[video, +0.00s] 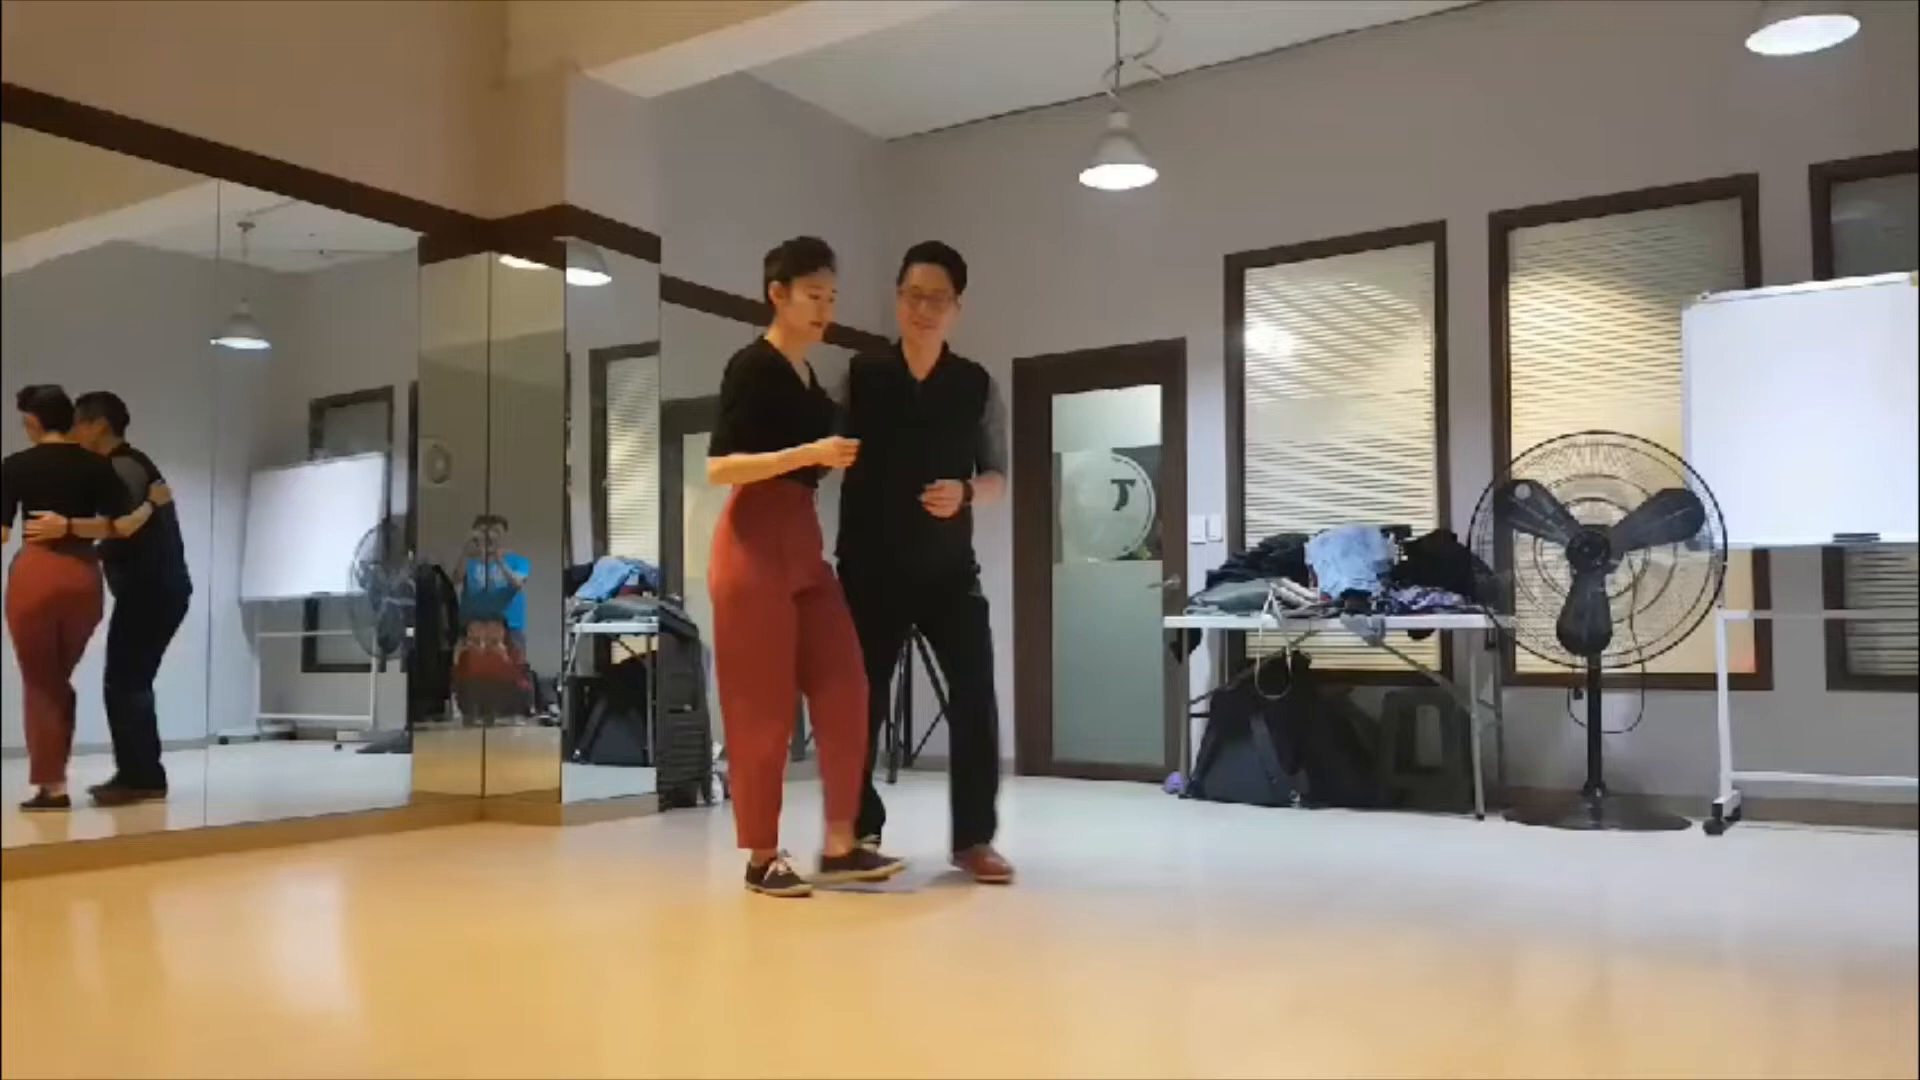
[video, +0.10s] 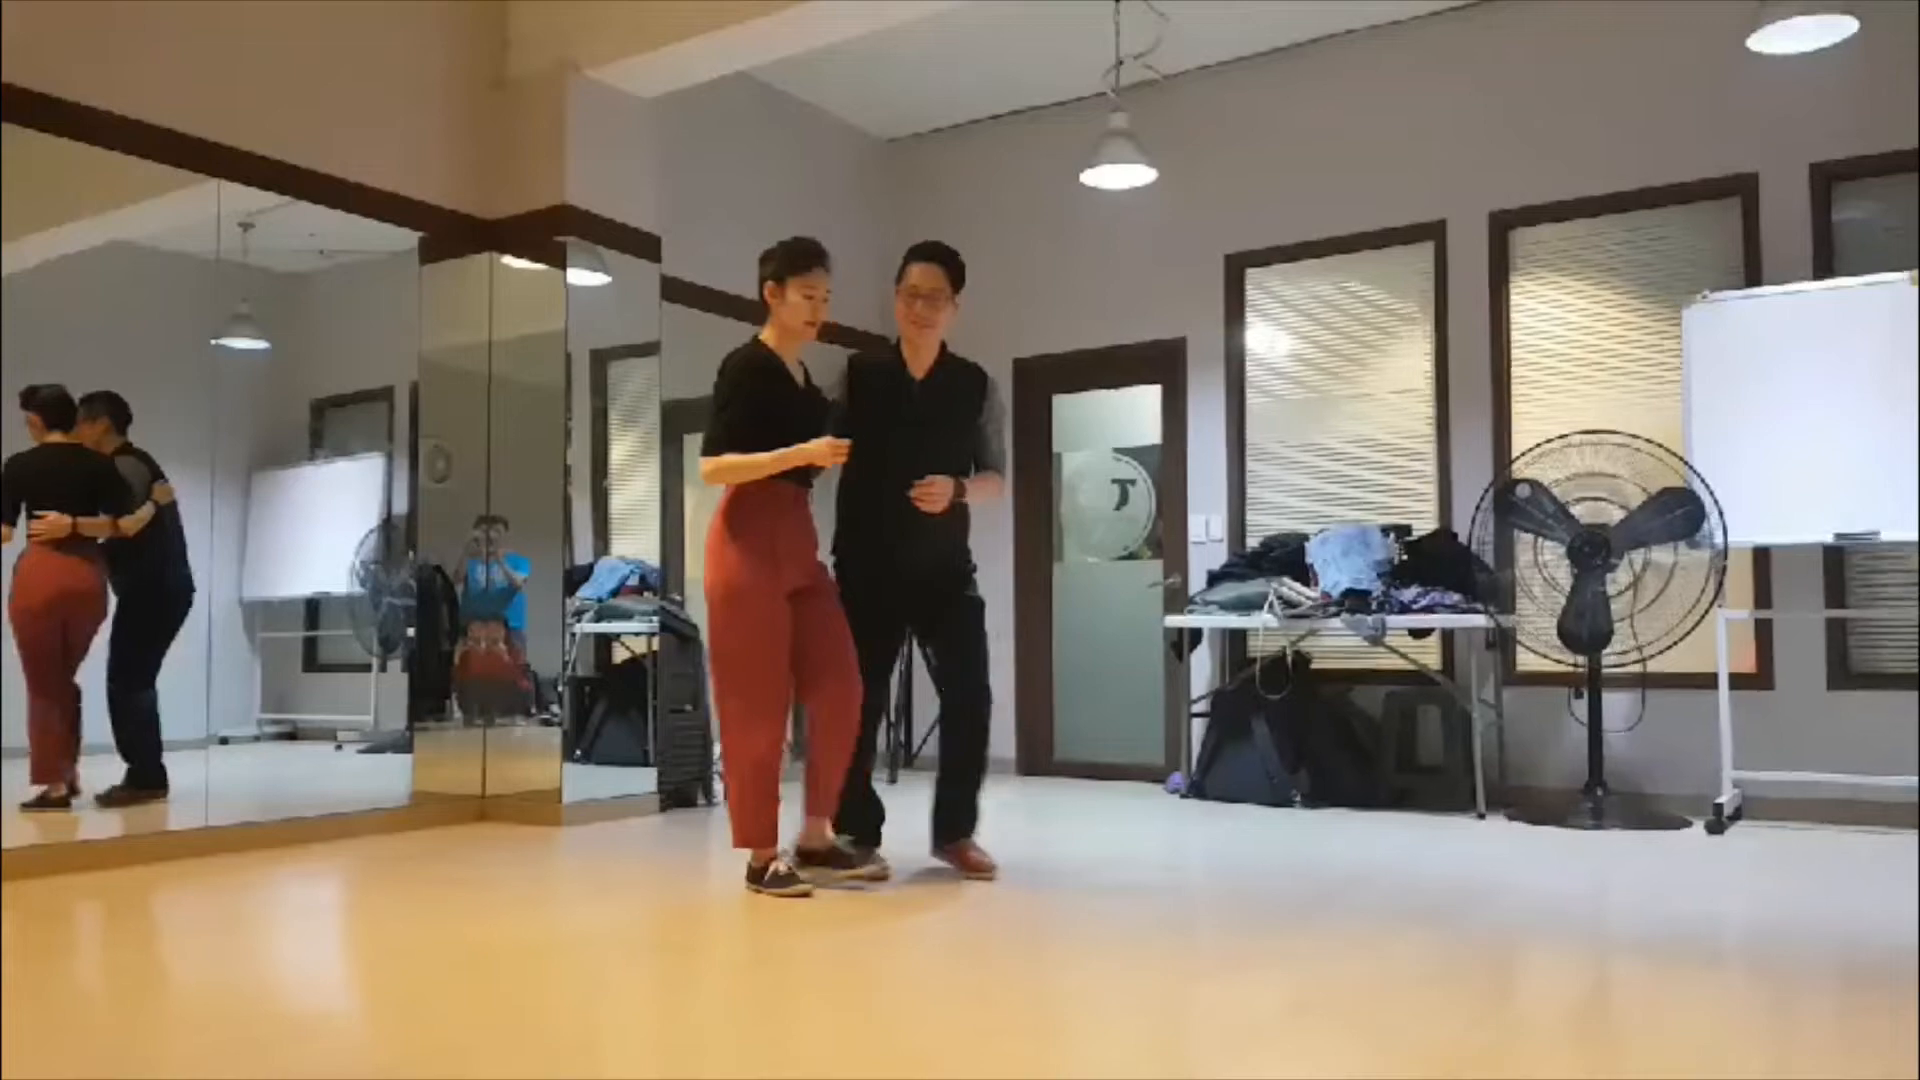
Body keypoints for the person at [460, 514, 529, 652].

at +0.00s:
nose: (489, 537)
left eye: (495, 532)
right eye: (484, 531)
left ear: (503, 536)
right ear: (476, 535)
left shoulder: (516, 562)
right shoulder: (470, 563)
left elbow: (518, 584)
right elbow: (456, 579)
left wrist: (499, 561)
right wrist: (466, 552)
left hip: (507, 626)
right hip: (474, 625)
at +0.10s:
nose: (490, 537)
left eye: (496, 532)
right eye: (485, 532)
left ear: (504, 536)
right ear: (476, 535)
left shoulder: (517, 562)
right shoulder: (471, 563)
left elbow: (518, 584)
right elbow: (457, 580)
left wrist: (499, 561)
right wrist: (466, 552)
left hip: (508, 626)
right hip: (474, 625)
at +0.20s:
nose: (492, 538)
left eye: (498, 532)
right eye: (487, 532)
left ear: (506, 536)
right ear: (478, 536)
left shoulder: (519, 562)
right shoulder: (473, 563)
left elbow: (519, 584)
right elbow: (458, 580)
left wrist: (501, 561)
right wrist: (468, 553)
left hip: (510, 626)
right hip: (476, 626)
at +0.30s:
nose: (493, 537)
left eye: (499, 532)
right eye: (488, 531)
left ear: (507, 536)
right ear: (480, 535)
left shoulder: (520, 562)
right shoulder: (474, 563)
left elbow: (521, 584)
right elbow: (460, 579)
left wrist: (502, 561)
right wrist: (470, 552)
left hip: (512, 626)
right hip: (479, 626)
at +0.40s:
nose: (494, 535)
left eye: (500, 530)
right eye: (489, 530)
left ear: (507, 534)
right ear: (480, 533)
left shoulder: (520, 560)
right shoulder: (475, 561)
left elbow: (522, 582)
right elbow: (460, 577)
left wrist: (503, 559)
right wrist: (470, 550)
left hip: (512, 625)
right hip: (479, 626)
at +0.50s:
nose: (495, 535)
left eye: (501, 530)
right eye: (490, 530)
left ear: (508, 534)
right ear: (482, 534)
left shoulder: (521, 560)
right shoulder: (476, 561)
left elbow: (523, 582)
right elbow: (462, 577)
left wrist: (504, 559)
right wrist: (471, 549)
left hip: (513, 624)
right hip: (481, 624)